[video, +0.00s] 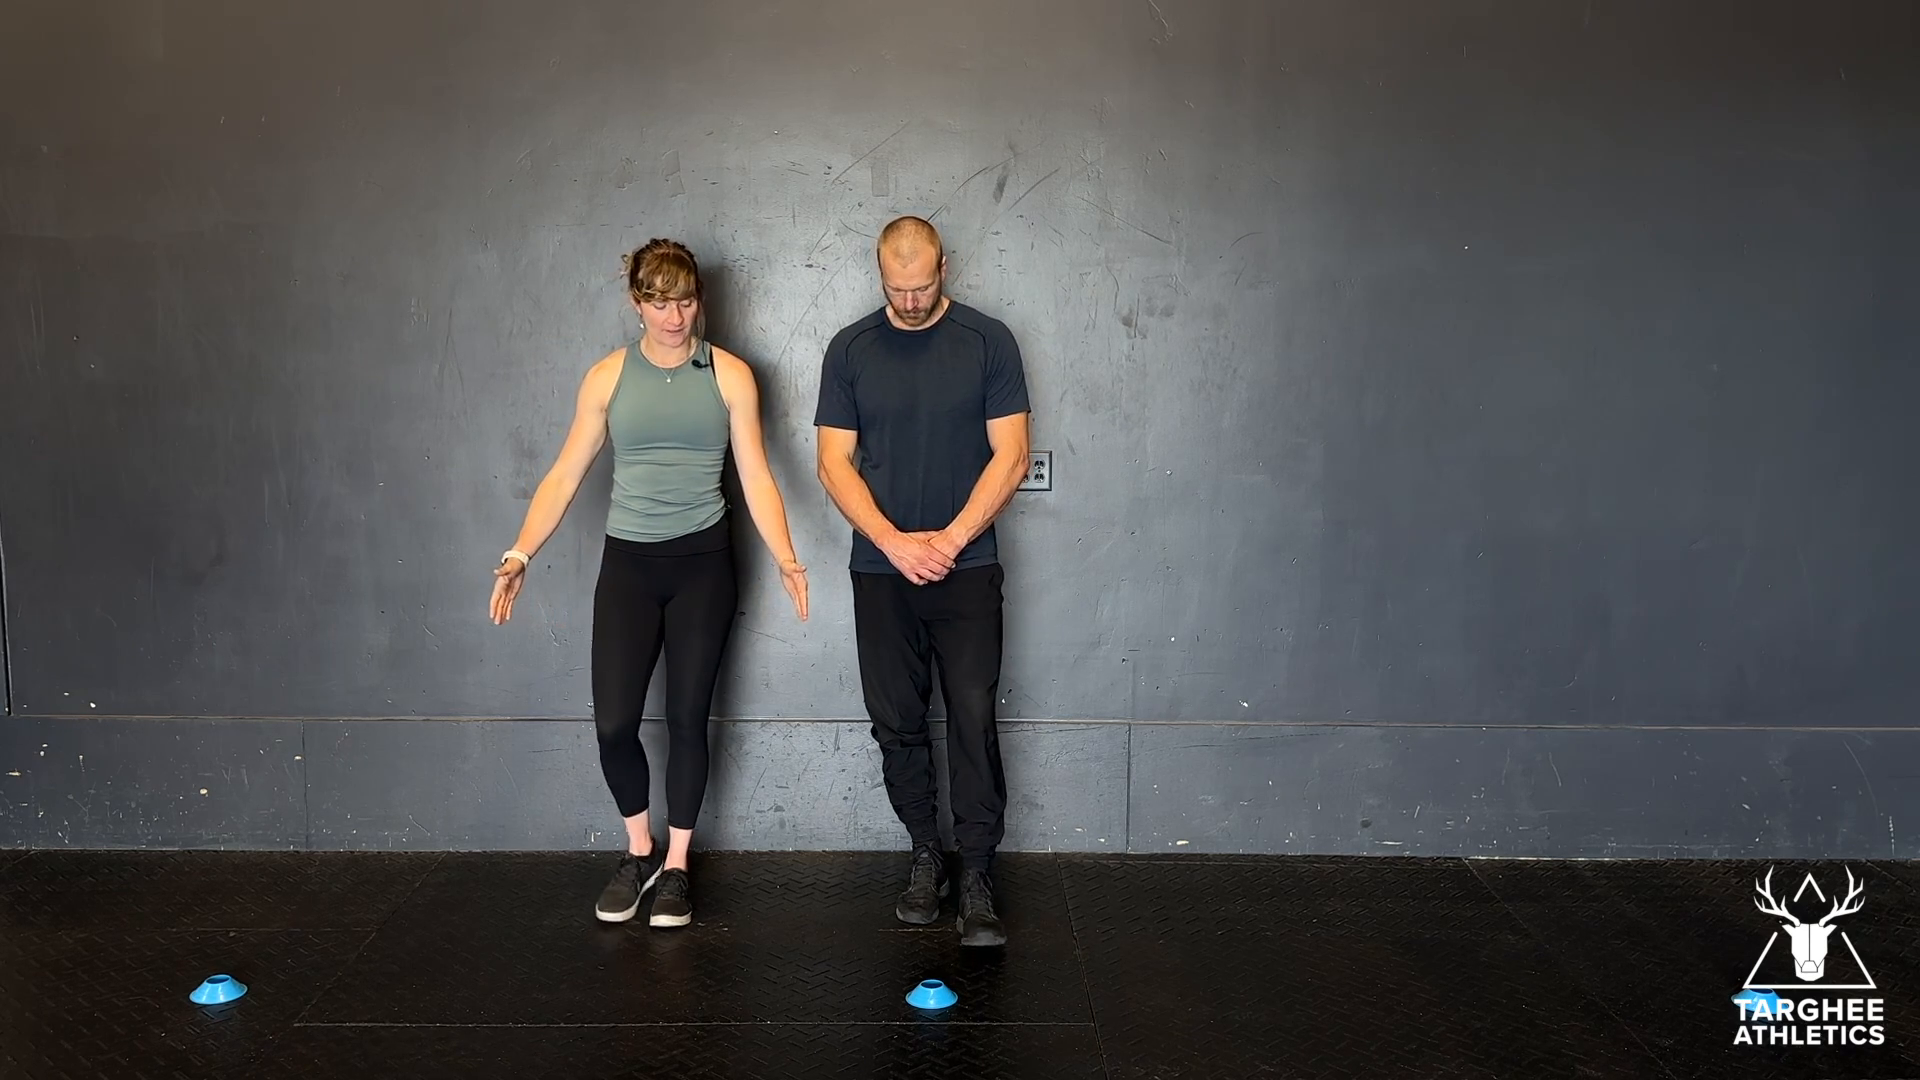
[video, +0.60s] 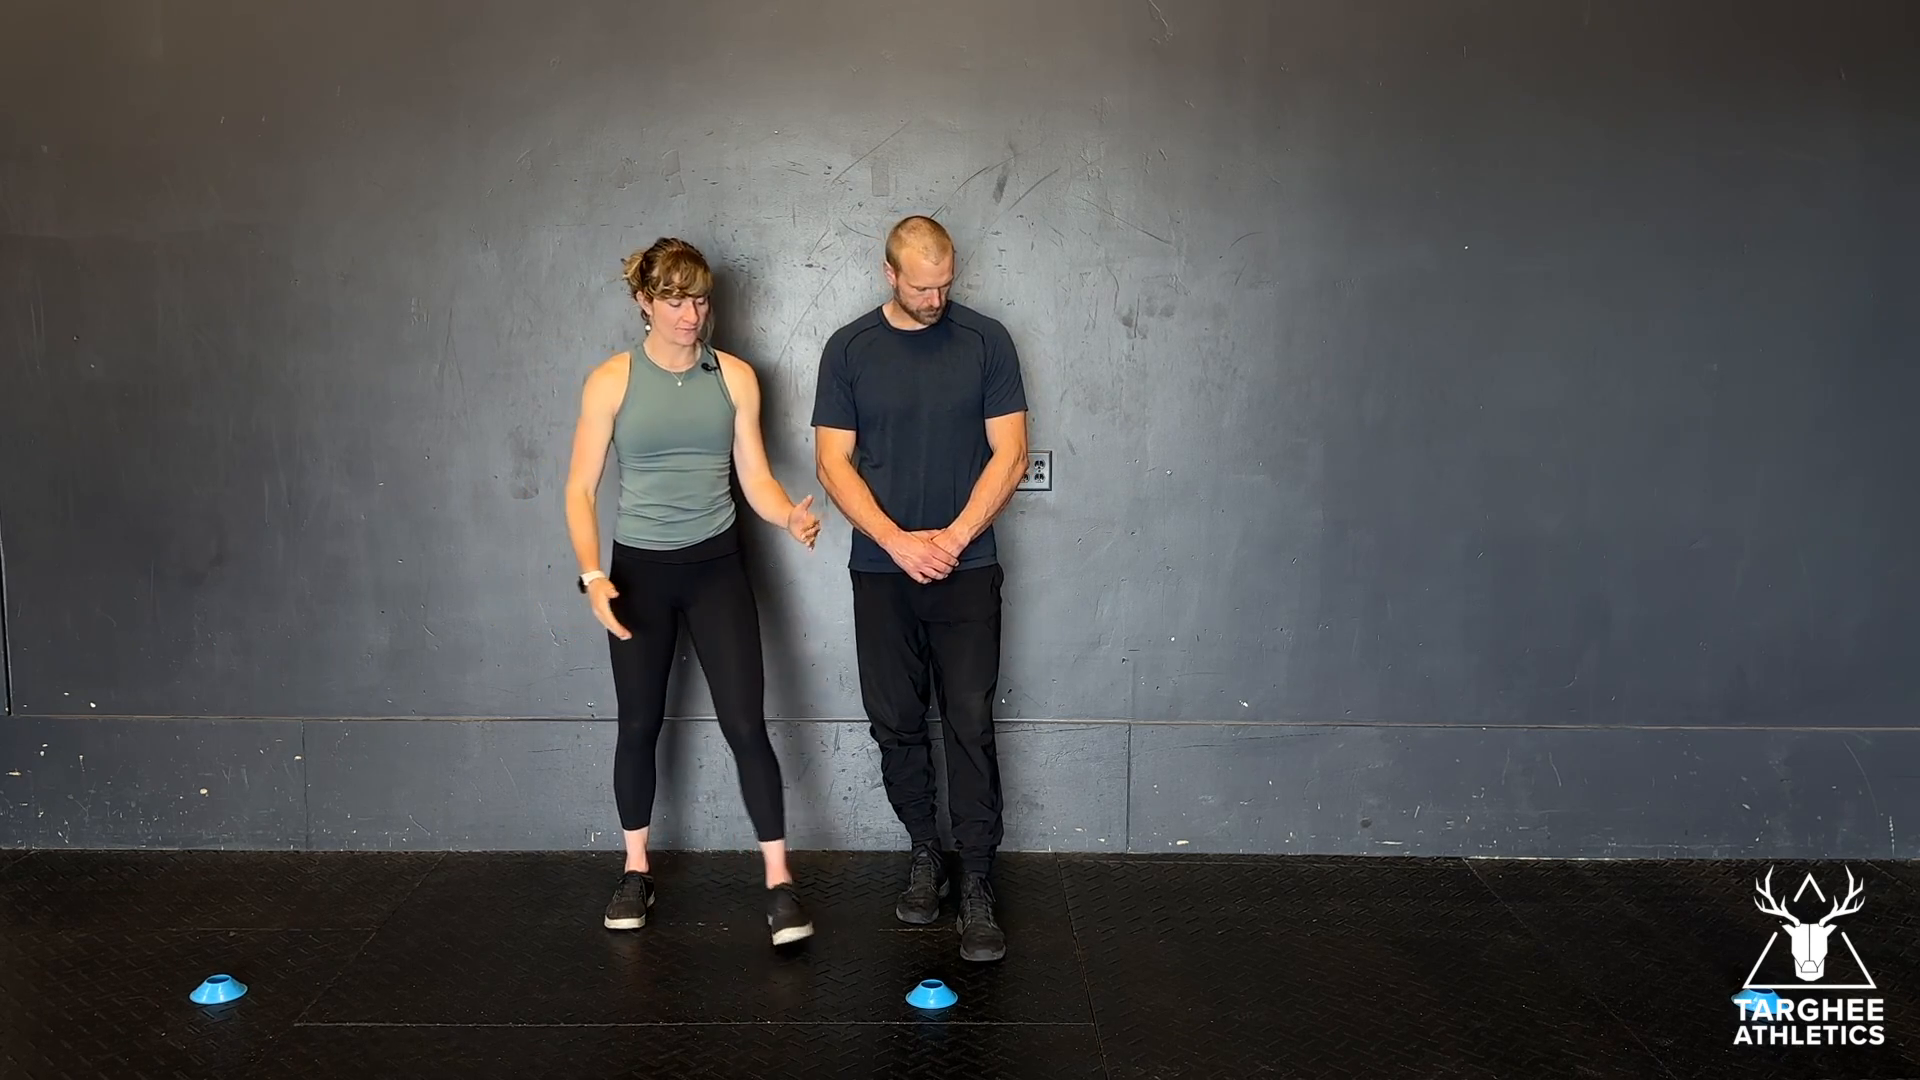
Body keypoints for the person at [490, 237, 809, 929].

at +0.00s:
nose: (675, 315)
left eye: (684, 300)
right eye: (660, 303)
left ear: (699, 301)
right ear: (636, 304)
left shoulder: (730, 376)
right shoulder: (608, 377)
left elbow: (754, 474)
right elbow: (565, 474)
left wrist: (786, 557)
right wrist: (518, 555)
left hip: (703, 562)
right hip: (626, 564)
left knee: (687, 716)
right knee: (615, 724)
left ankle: (676, 868)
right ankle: (642, 855)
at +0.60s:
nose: (690, 311)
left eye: (698, 297)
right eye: (674, 298)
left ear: (708, 300)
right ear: (645, 303)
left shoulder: (735, 378)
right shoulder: (611, 381)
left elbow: (755, 474)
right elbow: (581, 486)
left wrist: (788, 515)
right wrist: (592, 573)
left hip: (718, 568)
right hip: (639, 573)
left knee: (745, 724)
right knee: (639, 724)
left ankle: (780, 882)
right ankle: (636, 872)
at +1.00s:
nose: (747, 313)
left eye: (757, 299)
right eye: (732, 301)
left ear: (771, 302)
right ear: (708, 305)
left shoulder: (803, 380)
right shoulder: (680, 383)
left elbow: (826, 489)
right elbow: (663, 487)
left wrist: (856, 587)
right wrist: (662, 573)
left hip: (791, 570)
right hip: (710, 572)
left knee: (788, 733)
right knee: (675, 739)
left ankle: (795, 889)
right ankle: (660, 861)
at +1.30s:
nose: (773, 311)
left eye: (785, 297)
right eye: (759, 298)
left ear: (800, 300)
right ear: (738, 304)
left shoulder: (833, 381)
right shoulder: (707, 383)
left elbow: (852, 494)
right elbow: (685, 488)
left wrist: (881, 595)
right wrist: (673, 587)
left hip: (815, 574)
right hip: (735, 577)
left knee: (803, 731)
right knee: (735, 730)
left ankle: (796, 889)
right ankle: (764, 853)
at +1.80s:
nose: (751, 311)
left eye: (765, 298)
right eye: (747, 298)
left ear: (805, 302)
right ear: (746, 304)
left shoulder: (847, 388)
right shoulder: (727, 373)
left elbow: (864, 504)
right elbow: (688, 476)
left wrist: (876, 600)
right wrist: (647, 564)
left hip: (805, 574)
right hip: (725, 572)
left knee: (794, 737)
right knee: (676, 724)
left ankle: (793, 891)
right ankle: (671, 886)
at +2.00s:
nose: (735, 308)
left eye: (748, 296)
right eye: (731, 296)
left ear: (790, 299)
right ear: (734, 303)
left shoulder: (833, 388)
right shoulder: (715, 376)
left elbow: (852, 502)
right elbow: (655, 473)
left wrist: (866, 603)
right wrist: (586, 558)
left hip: (786, 574)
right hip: (710, 572)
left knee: (788, 736)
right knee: (639, 716)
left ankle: (794, 892)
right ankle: (580, 872)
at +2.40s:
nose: (640, 323)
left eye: (654, 311)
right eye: (636, 312)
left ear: (695, 315)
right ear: (635, 319)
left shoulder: (731, 402)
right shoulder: (615, 391)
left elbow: (759, 515)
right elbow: (553, 488)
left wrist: (773, 616)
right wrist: (483, 576)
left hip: (680, 588)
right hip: (602, 587)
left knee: (723, 746)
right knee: (540, 734)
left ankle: (785, 892)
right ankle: (502, 885)